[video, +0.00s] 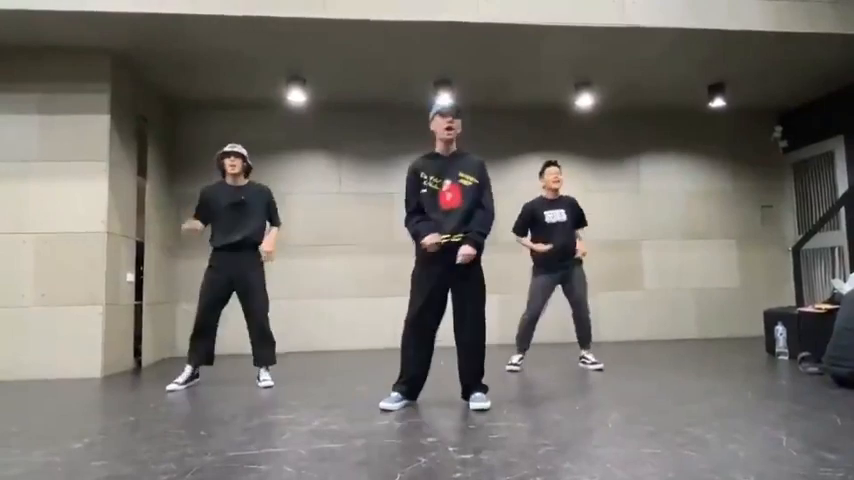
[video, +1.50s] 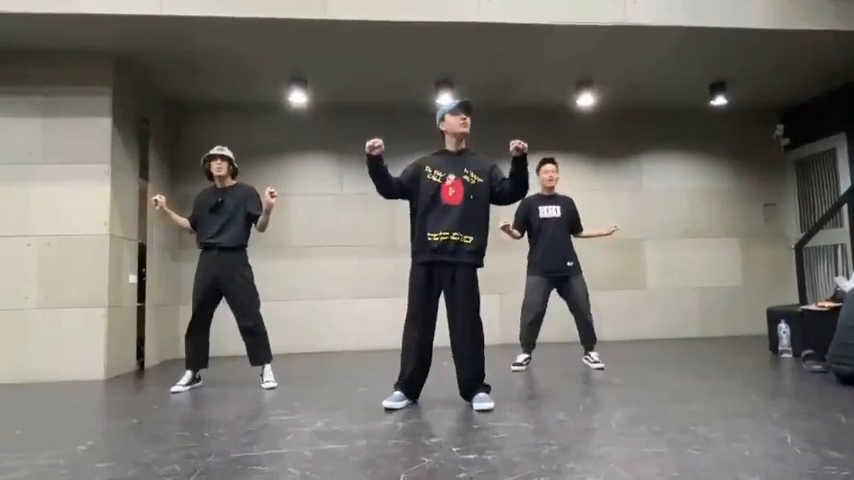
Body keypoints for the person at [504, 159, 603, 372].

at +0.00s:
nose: (556, 178)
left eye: (558, 175)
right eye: (551, 175)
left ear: (562, 179)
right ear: (542, 180)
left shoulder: (570, 203)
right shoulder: (532, 207)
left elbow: (577, 230)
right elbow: (518, 234)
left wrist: (580, 244)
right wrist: (532, 246)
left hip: (571, 266)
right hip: (545, 269)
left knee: (581, 308)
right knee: (532, 312)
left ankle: (585, 352)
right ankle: (519, 354)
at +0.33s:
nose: (557, 176)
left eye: (559, 173)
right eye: (552, 173)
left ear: (562, 178)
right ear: (542, 178)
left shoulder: (571, 202)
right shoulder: (531, 206)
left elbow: (579, 232)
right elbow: (526, 235)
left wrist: (577, 222)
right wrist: (545, 232)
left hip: (565, 268)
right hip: (536, 269)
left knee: (577, 310)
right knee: (524, 314)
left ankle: (587, 355)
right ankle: (517, 355)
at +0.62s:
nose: (550, 179)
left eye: (552, 176)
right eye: (545, 176)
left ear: (556, 180)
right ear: (536, 181)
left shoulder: (567, 206)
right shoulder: (527, 210)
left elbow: (578, 234)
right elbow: (516, 238)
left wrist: (604, 236)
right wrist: (508, 239)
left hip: (567, 272)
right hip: (538, 274)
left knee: (578, 313)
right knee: (527, 317)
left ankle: (587, 355)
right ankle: (519, 355)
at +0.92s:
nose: (545, 173)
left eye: (547, 171)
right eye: (540, 171)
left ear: (552, 178)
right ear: (533, 180)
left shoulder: (564, 205)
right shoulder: (526, 207)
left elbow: (575, 234)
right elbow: (516, 237)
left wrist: (599, 233)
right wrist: (507, 233)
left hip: (566, 271)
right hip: (537, 272)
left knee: (578, 311)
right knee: (525, 315)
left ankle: (587, 354)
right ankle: (516, 355)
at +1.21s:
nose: (529, 187)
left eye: (532, 182)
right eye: (525, 185)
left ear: (541, 181)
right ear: (523, 188)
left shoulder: (558, 208)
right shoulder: (521, 209)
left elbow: (568, 238)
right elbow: (511, 239)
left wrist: (595, 240)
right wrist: (502, 236)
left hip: (555, 273)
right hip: (528, 275)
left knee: (576, 311)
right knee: (521, 317)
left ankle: (581, 355)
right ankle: (511, 355)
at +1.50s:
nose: (550, 175)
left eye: (553, 172)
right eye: (546, 172)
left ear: (558, 175)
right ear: (538, 176)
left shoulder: (567, 203)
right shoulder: (528, 203)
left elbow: (578, 231)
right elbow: (518, 233)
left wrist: (604, 231)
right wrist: (508, 230)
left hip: (568, 268)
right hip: (539, 270)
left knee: (582, 309)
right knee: (532, 311)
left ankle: (590, 352)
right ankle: (525, 353)